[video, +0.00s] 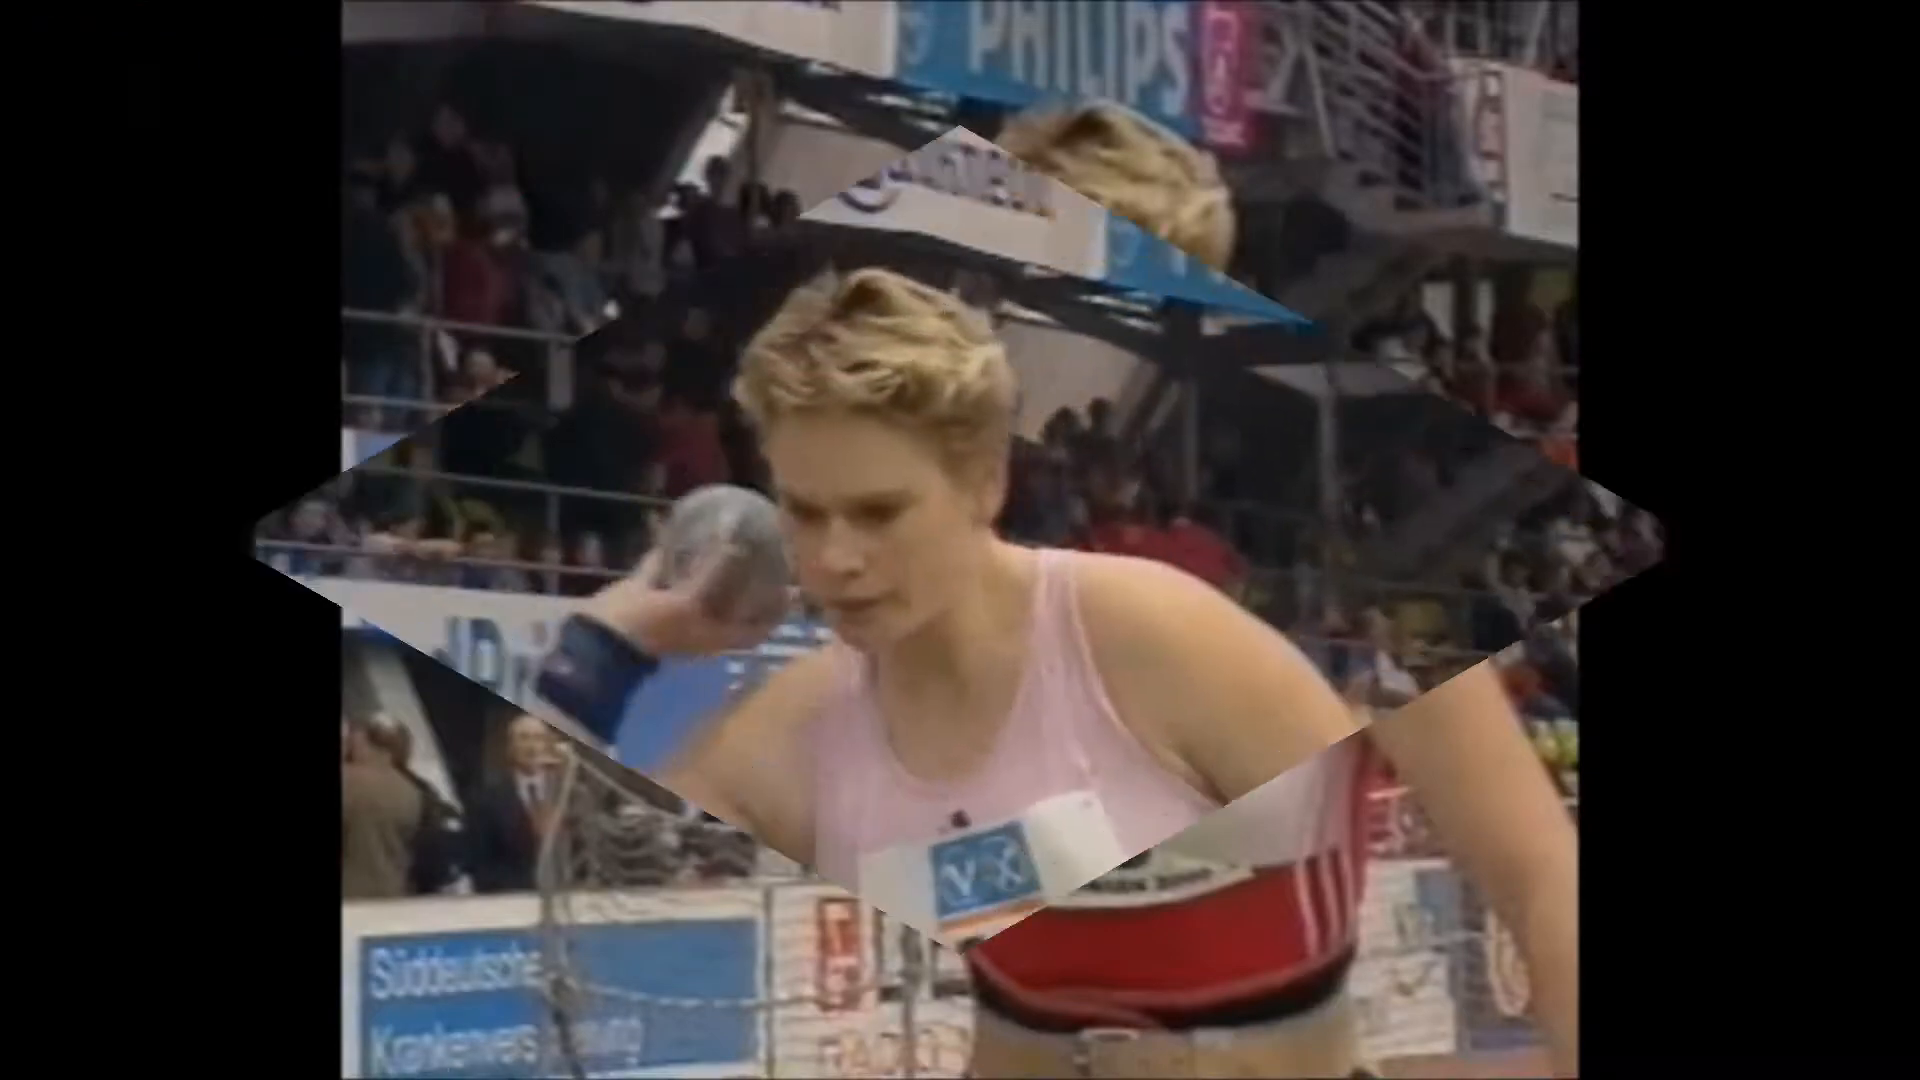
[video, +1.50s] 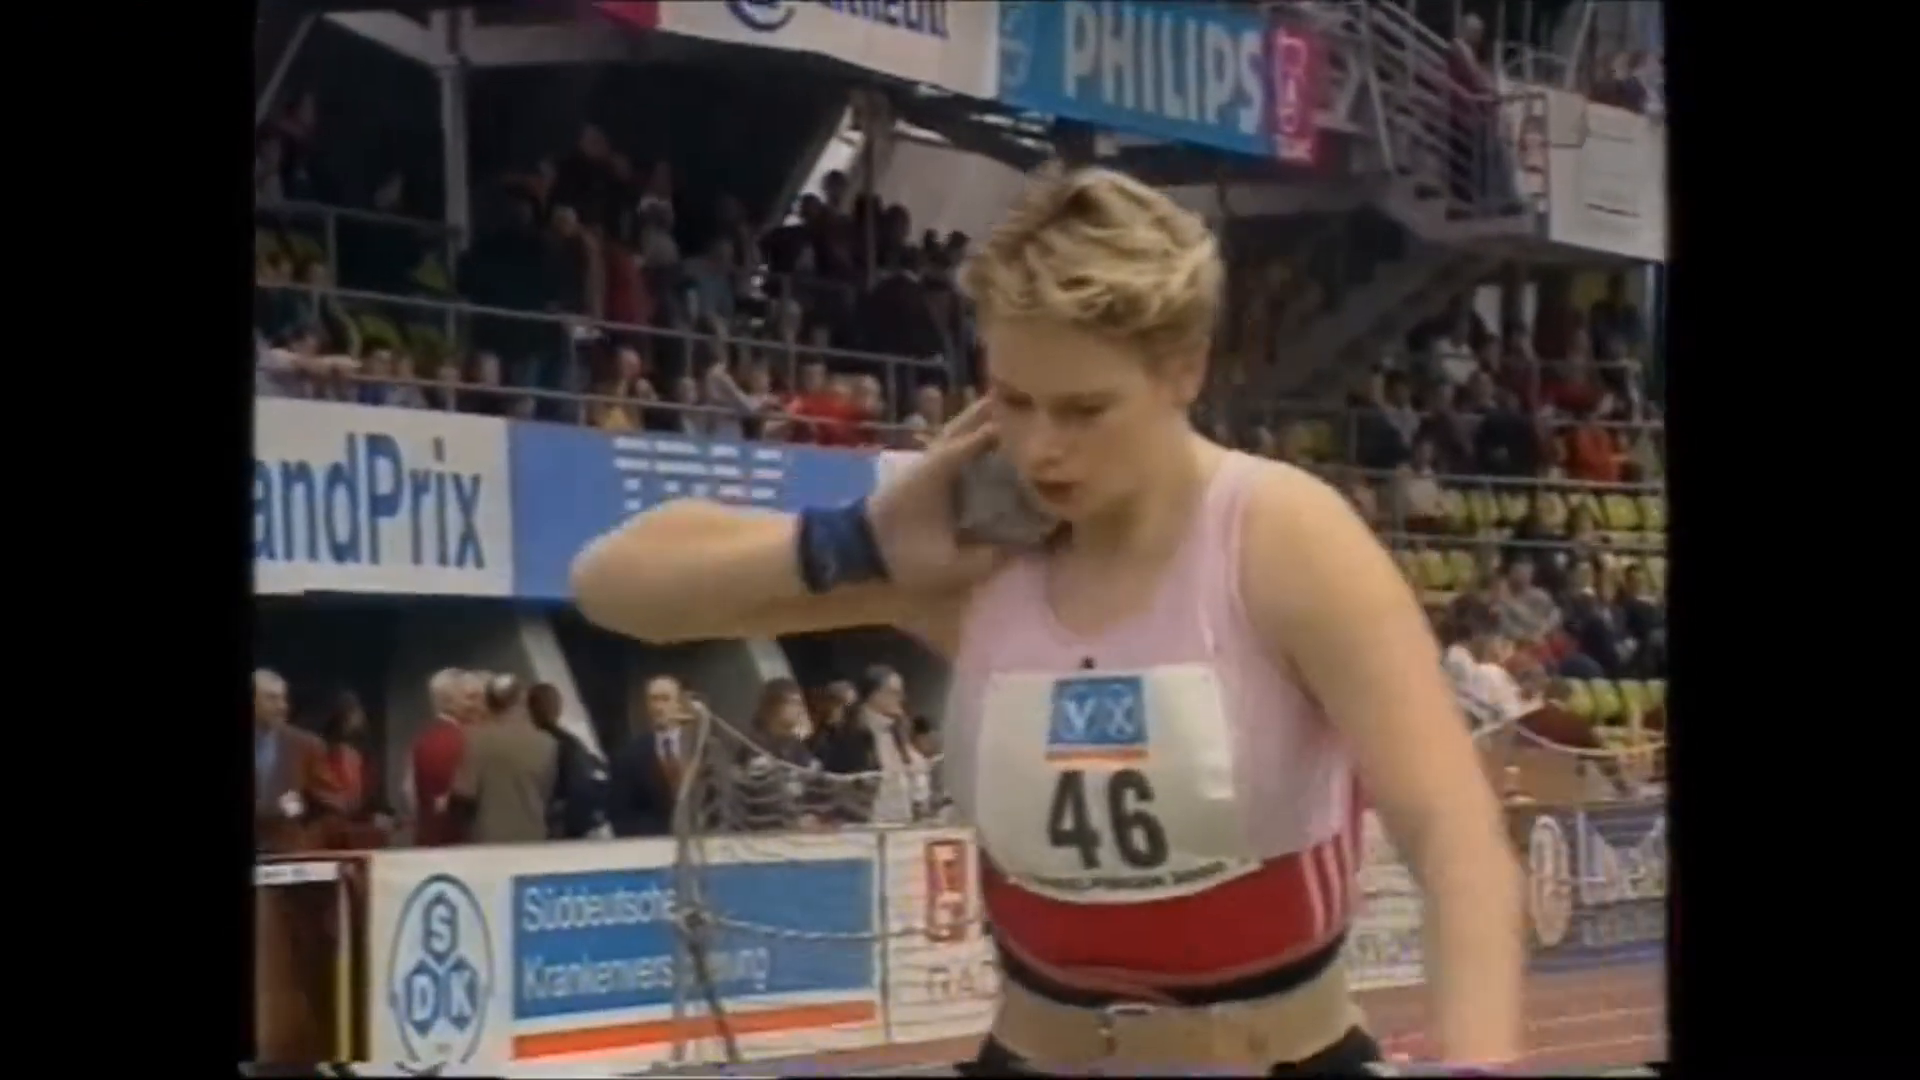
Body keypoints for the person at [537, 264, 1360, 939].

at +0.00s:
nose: (835, 562)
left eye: (879, 513)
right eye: (802, 514)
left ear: (982, 481)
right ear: (771, 499)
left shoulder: (1149, 634)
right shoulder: (781, 743)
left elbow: (1410, 879)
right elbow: (560, 910)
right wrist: (608, 638)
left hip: (1221, 1067)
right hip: (946, 1064)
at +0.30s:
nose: (939, 509)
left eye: (984, 464)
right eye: (910, 465)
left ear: (1087, 441)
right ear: (882, 458)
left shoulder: (1226, 610)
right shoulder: (877, 712)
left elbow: (1519, 877)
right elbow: (593, 895)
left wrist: (1563, 1060)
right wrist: (744, 612)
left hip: (1289, 1051)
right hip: (1048, 1060)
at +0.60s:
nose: (1104, 512)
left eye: (1146, 472)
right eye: (1081, 472)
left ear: (1254, 471)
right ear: (1054, 474)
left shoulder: (1368, 651)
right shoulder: (1020, 716)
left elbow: (1595, 902)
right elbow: (716, 792)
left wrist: (1516, 1045)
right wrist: (925, 610)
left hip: (1372, 1057)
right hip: (1135, 1064)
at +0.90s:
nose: (1158, 450)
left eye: (1204, 413)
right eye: (1137, 407)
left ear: (1301, 401)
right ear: (1107, 393)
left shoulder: (1405, 579)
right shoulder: (1068, 588)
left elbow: (1612, 874)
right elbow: (775, 582)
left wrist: (1643, 1061)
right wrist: (963, 479)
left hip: (1374, 1053)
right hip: (1155, 1051)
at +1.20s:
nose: (1145, 426)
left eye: (1189, 388)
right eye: (1123, 378)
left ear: (1288, 364)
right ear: (1096, 357)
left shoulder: (1387, 545)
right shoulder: (1054, 555)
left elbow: (1604, 851)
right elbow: (739, 617)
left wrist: (1669, 1032)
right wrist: (968, 469)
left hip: (1344, 1052)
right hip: (1106, 1056)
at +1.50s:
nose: (1034, 448)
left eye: (1077, 409)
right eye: (1008, 400)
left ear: (1182, 371)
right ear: (986, 368)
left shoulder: (1287, 537)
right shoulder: (962, 545)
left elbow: (1463, 847)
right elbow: (606, 583)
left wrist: (1474, 1064)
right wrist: (861, 546)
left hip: (1276, 1059)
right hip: (1034, 1057)